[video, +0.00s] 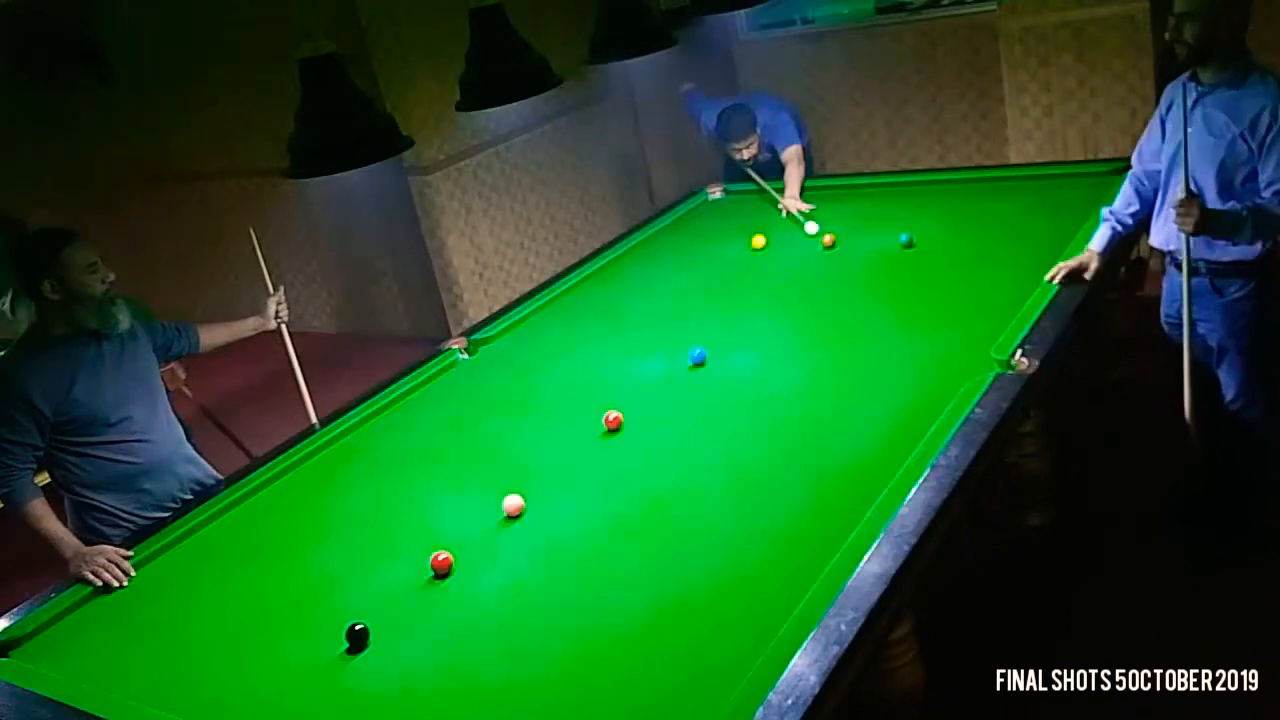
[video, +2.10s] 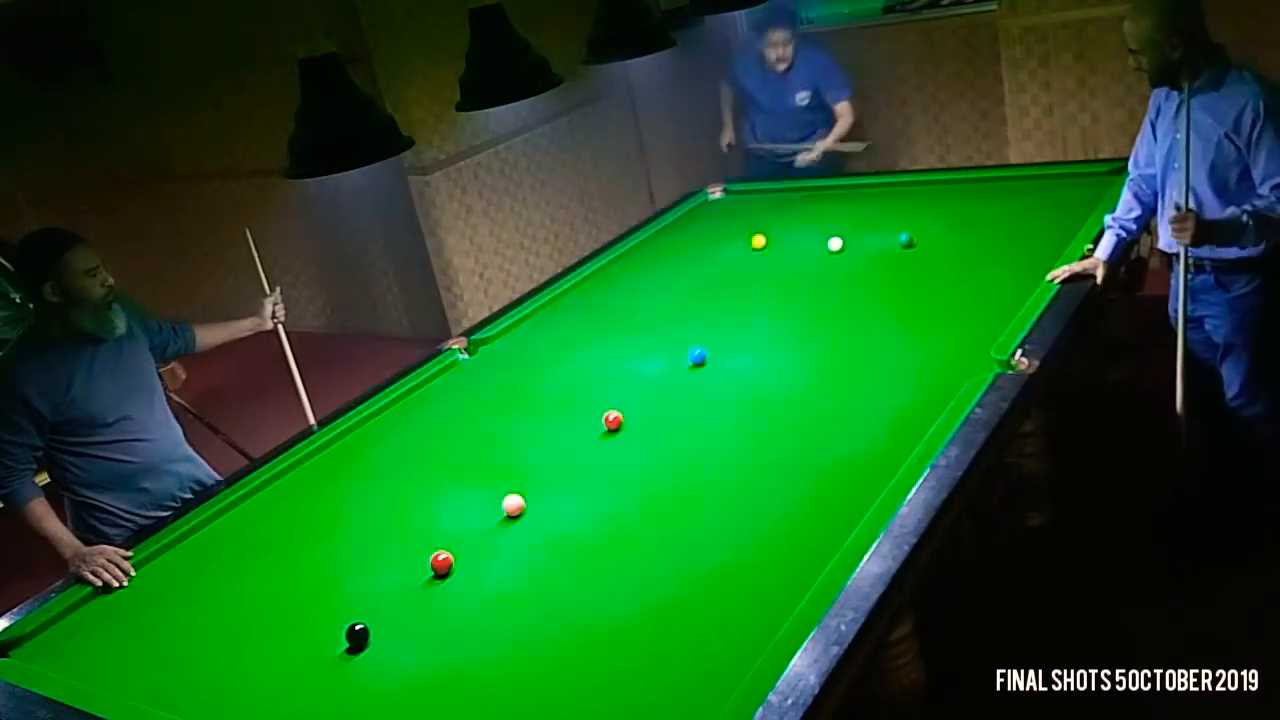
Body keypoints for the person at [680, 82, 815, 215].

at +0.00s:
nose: (745, 156)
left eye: (750, 147)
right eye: (736, 151)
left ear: (758, 134)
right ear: (722, 142)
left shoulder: (776, 121)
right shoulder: (710, 120)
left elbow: (794, 160)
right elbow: (693, 99)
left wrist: (791, 196)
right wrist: (688, 90)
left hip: (777, 156)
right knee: (738, 210)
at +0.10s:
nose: (744, 155)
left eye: (749, 146)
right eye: (736, 150)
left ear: (758, 133)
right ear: (719, 141)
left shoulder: (777, 121)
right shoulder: (709, 118)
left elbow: (794, 161)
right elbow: (691, 92)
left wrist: (791, 195)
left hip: (778, 156)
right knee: (738, 210)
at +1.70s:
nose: (754, 133)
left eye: (760, 123)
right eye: (746, 126)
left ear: (768, 113)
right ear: (732, 119)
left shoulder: (787, 111)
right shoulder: (720, 105)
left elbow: (797, 158)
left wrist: (792, 195)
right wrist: (724, 142)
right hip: (742, 155)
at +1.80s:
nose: (759, 115)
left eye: (765, 105)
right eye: (751, 108)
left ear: (773, 98)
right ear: (738, 103)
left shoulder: (794, 105)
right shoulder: (726, 96)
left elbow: (801, 151)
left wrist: (794, 192)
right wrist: (726, 135)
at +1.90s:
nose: (765, 95)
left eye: (771, 86)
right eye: (757, 88)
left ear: (779, 80)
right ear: (744, 86)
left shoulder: (800, 92)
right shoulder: (731, 86)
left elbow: (814, 145)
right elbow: (718, 95)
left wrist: (799, 184)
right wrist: (726, 131)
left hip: (793, 165)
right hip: (750, 164)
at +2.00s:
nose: (772, 74)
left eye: (778, 65)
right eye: (764, 67)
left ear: (786, 61)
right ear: (750, 65)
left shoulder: (807, 76)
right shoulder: (736, 76)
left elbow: (831, 131)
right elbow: (720, 91)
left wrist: (811, 166)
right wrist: (726, 127)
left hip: (803, 161)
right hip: (758, 161)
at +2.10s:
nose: (780, 54)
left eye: (786, 45)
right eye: (773, 46)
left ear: (794, 42)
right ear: (759, 45)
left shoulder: (815, 62)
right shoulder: (744, 63)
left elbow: (845, 115)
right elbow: (727, 86)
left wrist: (822, 147)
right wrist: (728, 127)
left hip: (810, 157)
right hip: (763, 157)